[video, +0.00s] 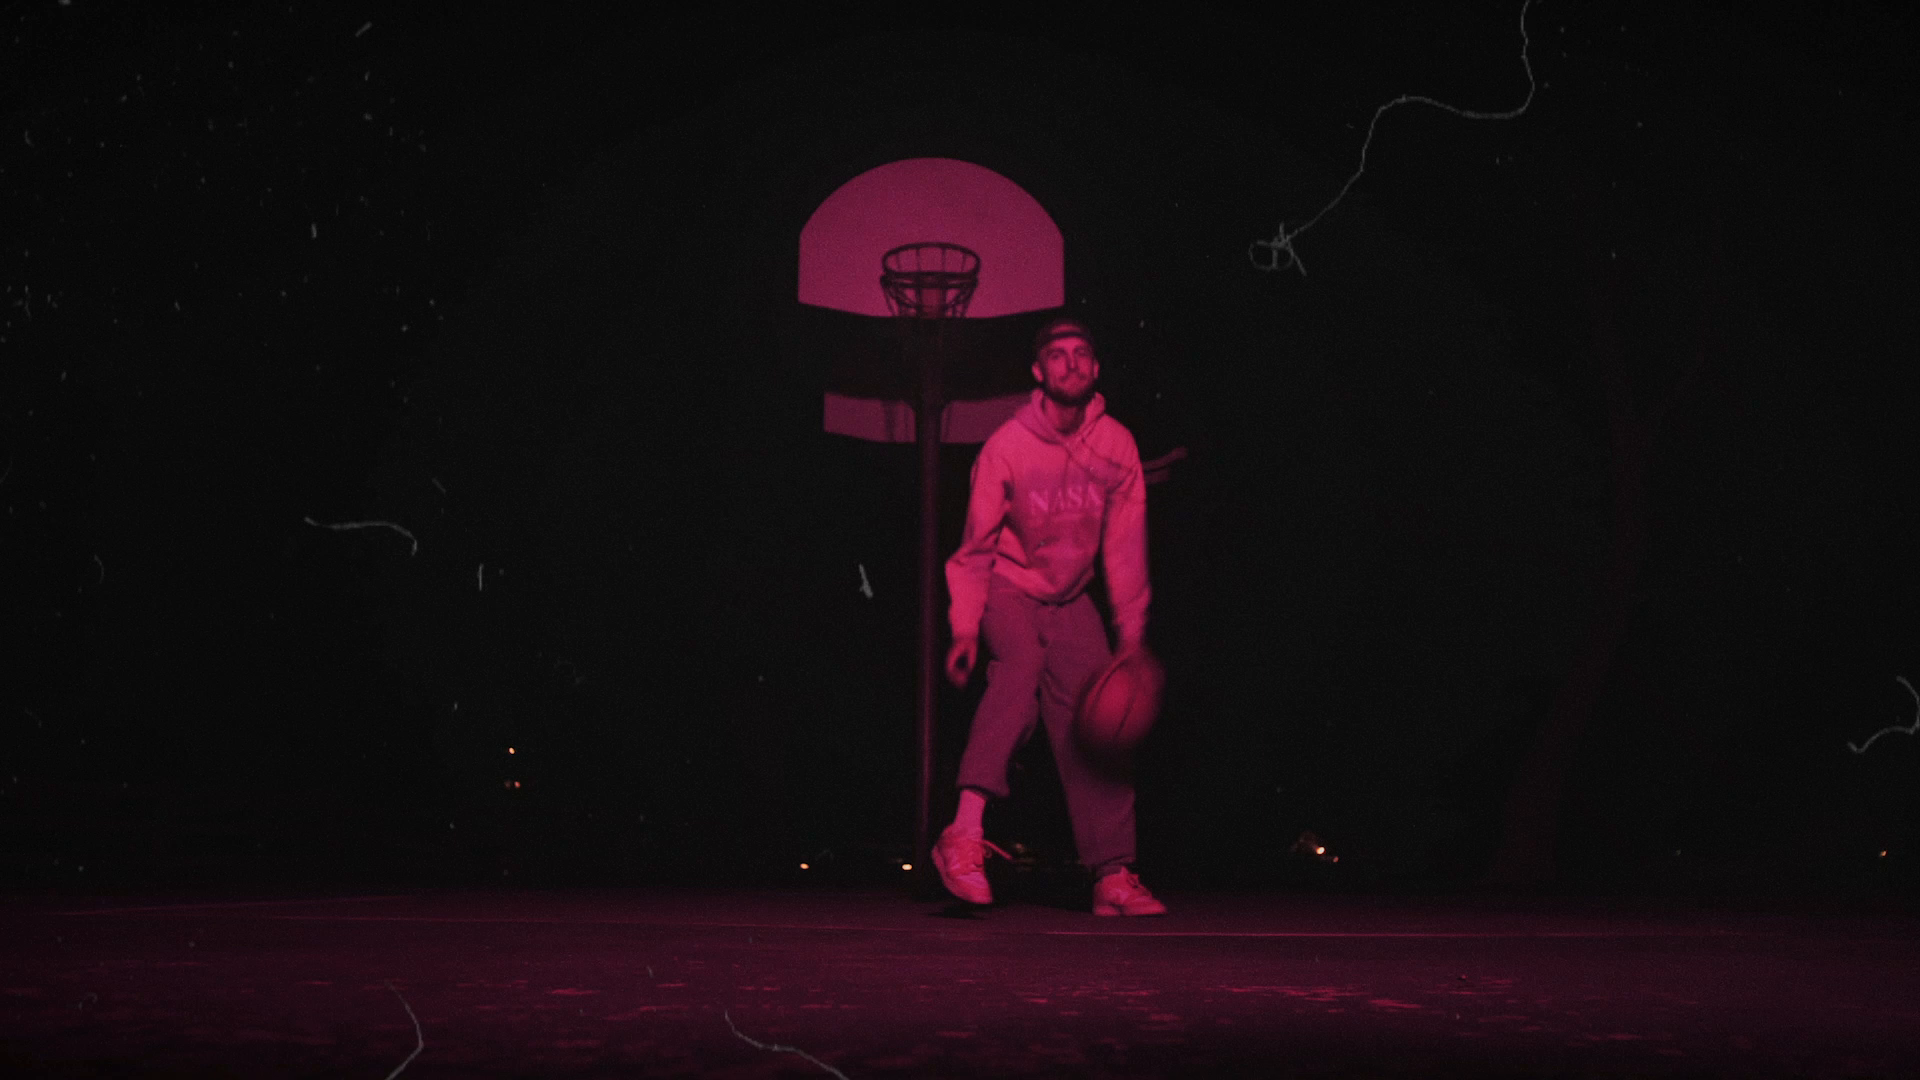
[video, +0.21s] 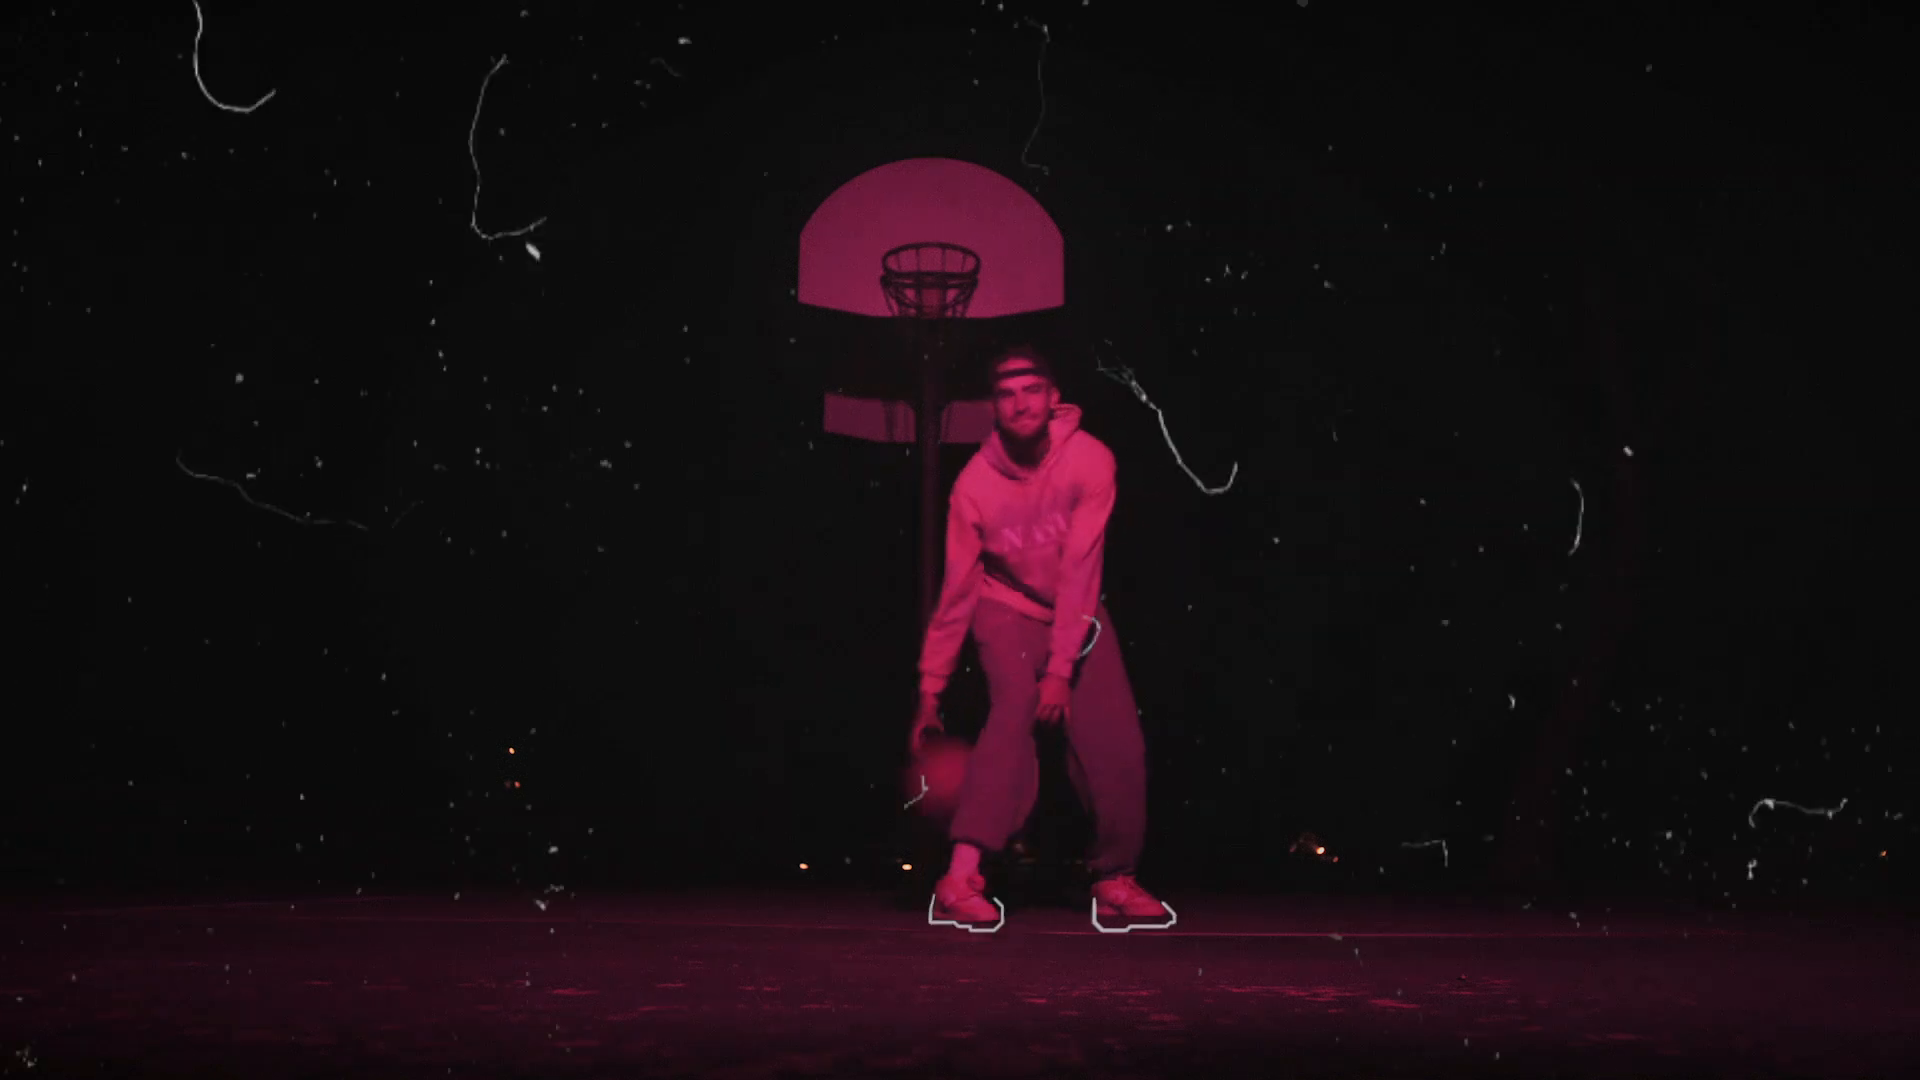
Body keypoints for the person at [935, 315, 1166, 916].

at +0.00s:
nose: (1072, 365)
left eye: (1082, 356)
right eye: (1059, 356)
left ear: (1097, 370)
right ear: (1038, 370)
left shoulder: (1116, 445)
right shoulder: (1007, 446)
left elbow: (1126, 547)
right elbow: (975, 548)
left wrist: (1131, 637)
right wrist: (964, 630)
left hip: (1073, 596)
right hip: (1006, 586)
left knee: (1097, 718)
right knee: (1019, 670)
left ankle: (1112, 874)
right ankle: (964, 833)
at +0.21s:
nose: (1021, 404)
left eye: (1032, 391)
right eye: (1008, 395)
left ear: (1054, 397)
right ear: (993, 406)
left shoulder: (1090, 461)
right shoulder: (976, 483)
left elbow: (1081, 570)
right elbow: (958, 590)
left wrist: (1060, 669)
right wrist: (931, 684)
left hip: (1078, 610)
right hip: (1007, 611)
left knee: (1116, 738)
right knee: (1015, 714)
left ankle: (1114, 880)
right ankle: (961, 876)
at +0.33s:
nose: (974, 405)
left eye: (988, 392)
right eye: (964, 394)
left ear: (1017, 395)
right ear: (954, 402)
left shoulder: (1060, 451)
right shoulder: (945, 482)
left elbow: (1068, 567)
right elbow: (924, 578)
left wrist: (1055, 674)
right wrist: (881, 651)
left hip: (1072, 589)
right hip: (995, 593)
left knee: (1109, 730)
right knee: (1001, 706)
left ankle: (1116, 864)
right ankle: (958, 871)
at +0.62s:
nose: (1015, 401)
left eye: (1029, 388)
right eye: (1002, 387)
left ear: (1047, 391)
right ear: (982, 390)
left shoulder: (1077, 447)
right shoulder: (954, 456)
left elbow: (1066, 560)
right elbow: (945, 555)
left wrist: (1045, 675)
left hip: (1075, 571)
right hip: (994, 575)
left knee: (1123, 698)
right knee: (985, 702)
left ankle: (1175, 867)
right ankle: (958, 869)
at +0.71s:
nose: (1033, 400)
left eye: (1046, 387)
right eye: (1018, 387)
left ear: (1062, 391)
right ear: (995, 390)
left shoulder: (1089, 449)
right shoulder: (963, 456)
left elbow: (1080, 559)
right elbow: (965, 562)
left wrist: (1068, 678)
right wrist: (980, 666)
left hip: (1082, 586)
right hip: (1006, 587)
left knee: (1129, 706)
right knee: (985, 707)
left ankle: (1182, 865)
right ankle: (957, 871)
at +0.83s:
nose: (1081, 391)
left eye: (1092, 377)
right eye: (1065, 377)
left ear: (1105, 382)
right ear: (1036, 382)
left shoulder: (1127, 446)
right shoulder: (998, 448)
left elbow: (1149, 557)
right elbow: (1014, 553)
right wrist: (1056, 644)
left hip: (1095, 583)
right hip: (1009, 583)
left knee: (1136, 702)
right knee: (1000, 702)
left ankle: (1187, 871)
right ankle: (962, 868)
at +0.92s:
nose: (1108, 379)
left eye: (1118, 366)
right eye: (1090, 366)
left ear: (1130, 373)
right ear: (1060, 373)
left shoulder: (1150, 439)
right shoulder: (1016, 442)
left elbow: (1186, 540)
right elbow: (1019, 550)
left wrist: (1240, 643)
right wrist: (1064, 625)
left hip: (1106, 576)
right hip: (1016, 575)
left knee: (1144, 704)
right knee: (989, 702)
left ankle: (1188, 871)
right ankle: (956, 860)